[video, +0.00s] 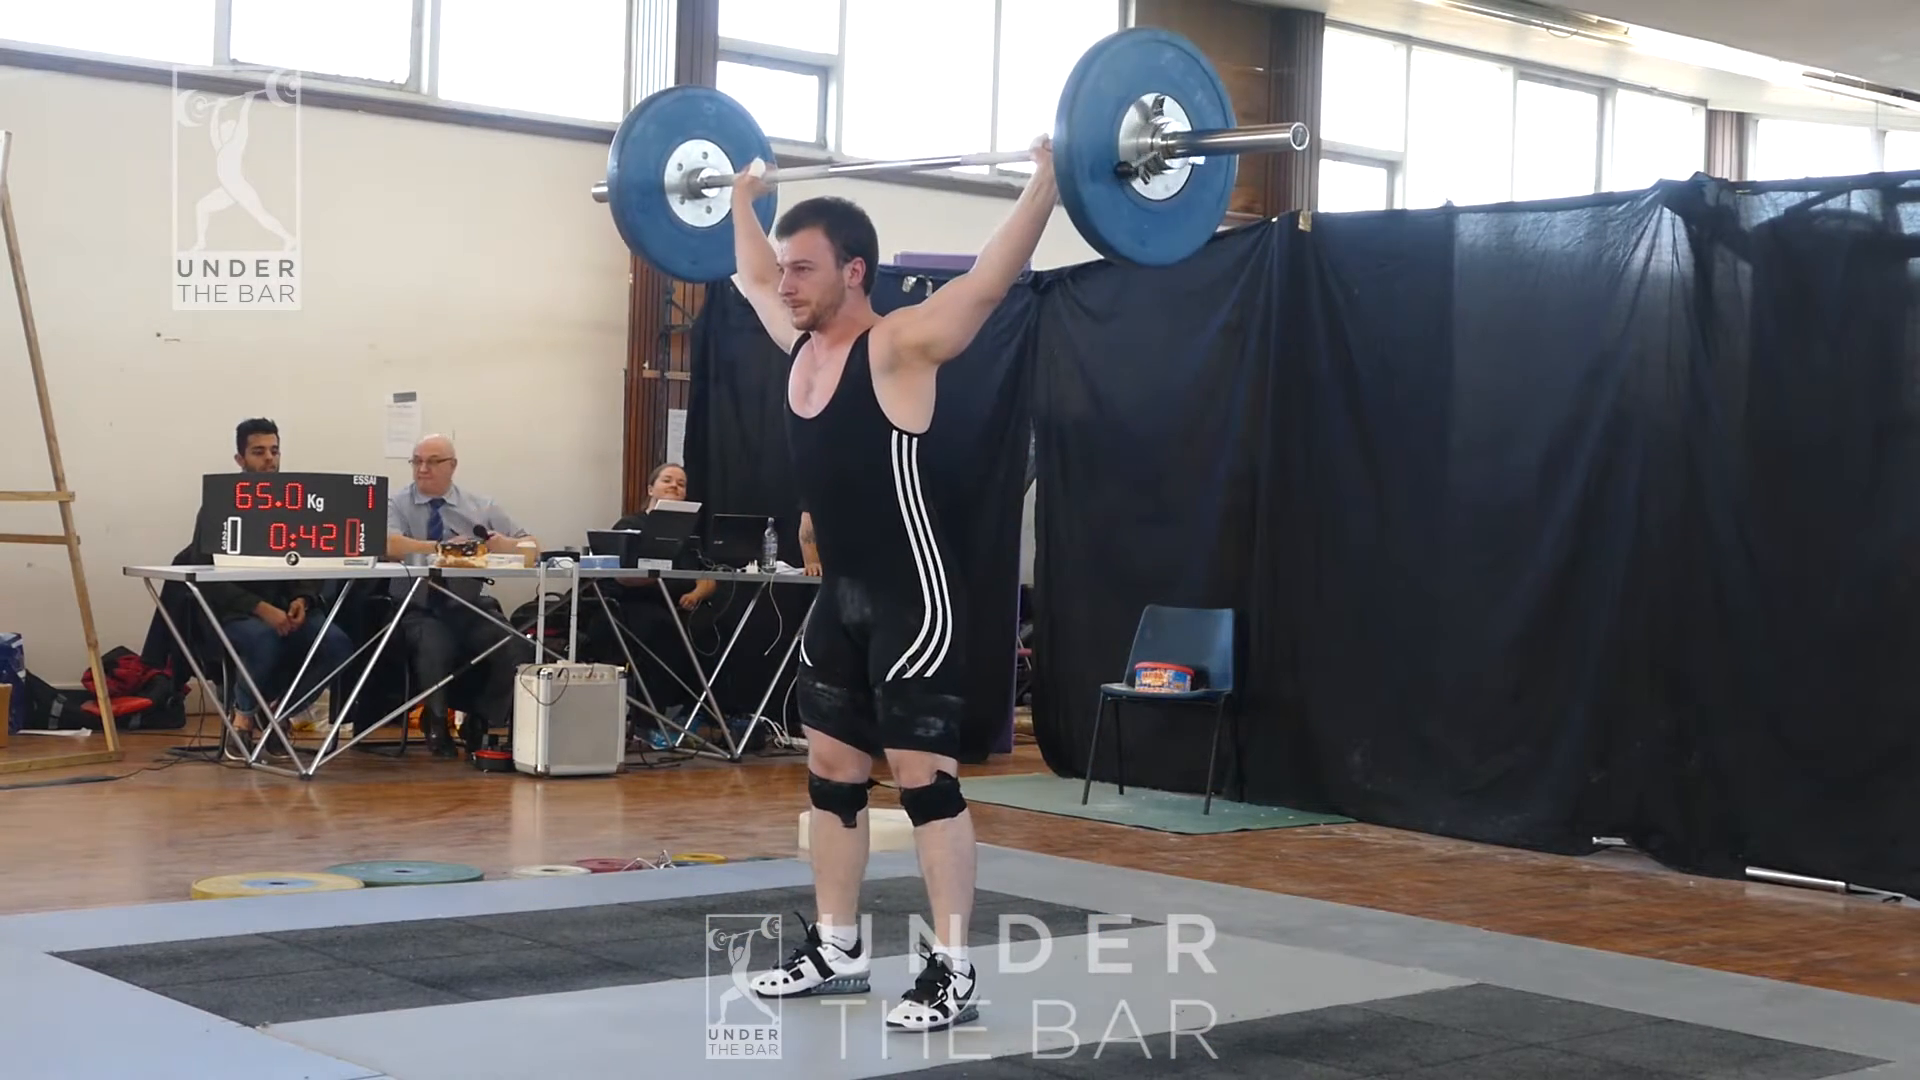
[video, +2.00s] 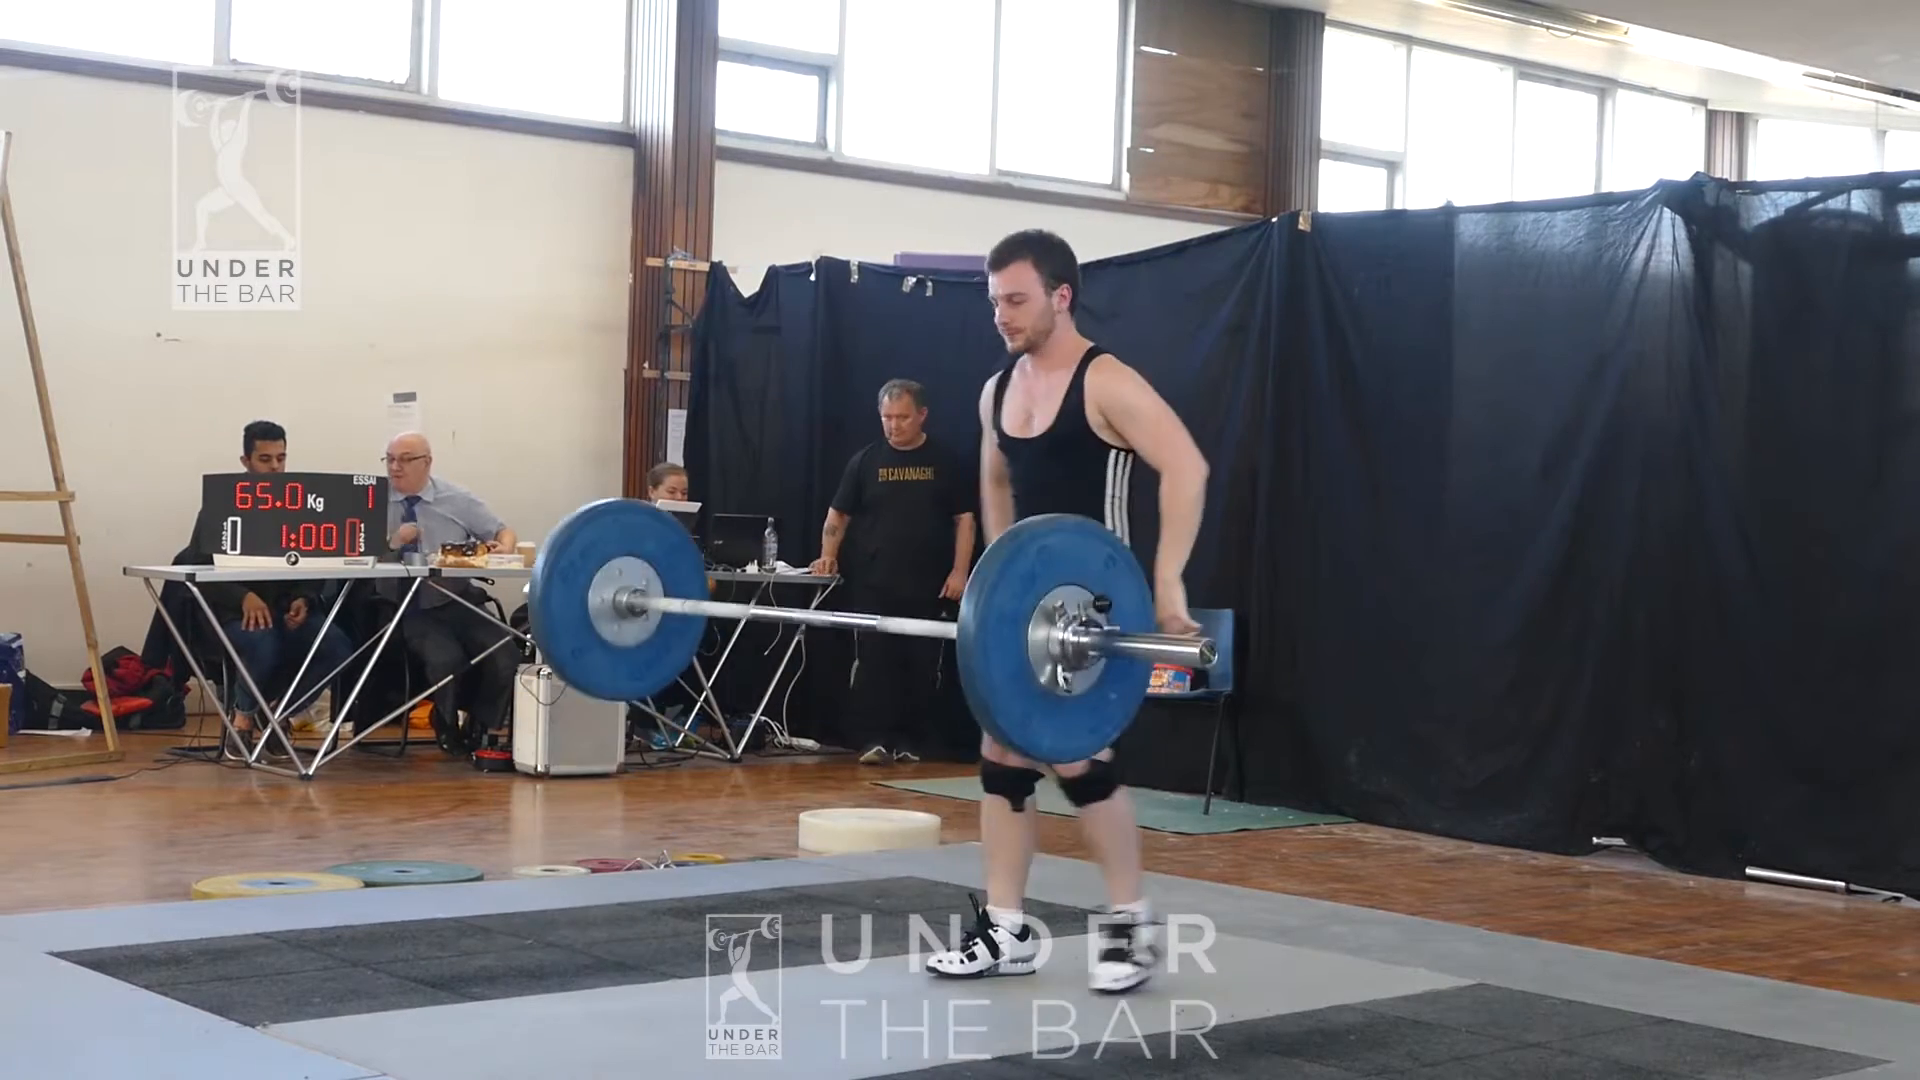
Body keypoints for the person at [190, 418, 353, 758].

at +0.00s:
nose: (270, 458)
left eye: (275, 451)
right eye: (259, 452)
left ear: (280, 454)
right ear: (241, 459)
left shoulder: (293, 498)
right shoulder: (221, 504)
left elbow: (312, 556)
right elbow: (205, 575)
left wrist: (303, 598)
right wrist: (261, 608)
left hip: (287, 606)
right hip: (237, 608)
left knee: (336, 644)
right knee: (264, 641)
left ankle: (277, 716)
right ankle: (242, 718)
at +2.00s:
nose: (275, 466)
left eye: (280, 458)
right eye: (265, 459)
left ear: (286, 458)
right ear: (246, 460)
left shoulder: (298, 499)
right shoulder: (224, 502)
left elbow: (319, 557)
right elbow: (201, 567)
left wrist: (305, 598)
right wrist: (243, 596)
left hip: (287, 607)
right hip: (237, 609)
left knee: (336, 645)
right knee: (263, 643)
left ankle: (278, 719)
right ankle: (242, 719)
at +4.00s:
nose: (272, 454)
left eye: (277, 446)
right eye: (261, 447)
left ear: (284, 451)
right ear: (244, 457)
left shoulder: (302, 497)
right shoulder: (233, 499)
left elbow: (328, 558)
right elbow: (214, 555)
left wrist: (312, 604)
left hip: (293, 608)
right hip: (244, 609)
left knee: (333, 648)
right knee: (267, 649)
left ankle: (255, 707)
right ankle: (273, 730)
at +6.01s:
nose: (273, 454)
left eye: (278, 446)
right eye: (263, 448)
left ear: (286, 451)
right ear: (246, 458)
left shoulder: (303, 497)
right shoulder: (234, 500)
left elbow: (326, 557)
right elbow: (222, 560)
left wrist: (312, 604)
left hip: (294, 607)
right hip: (245, 610)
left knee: (335, 648)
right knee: (268, 651)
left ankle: (256, 708)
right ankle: (273, 733)